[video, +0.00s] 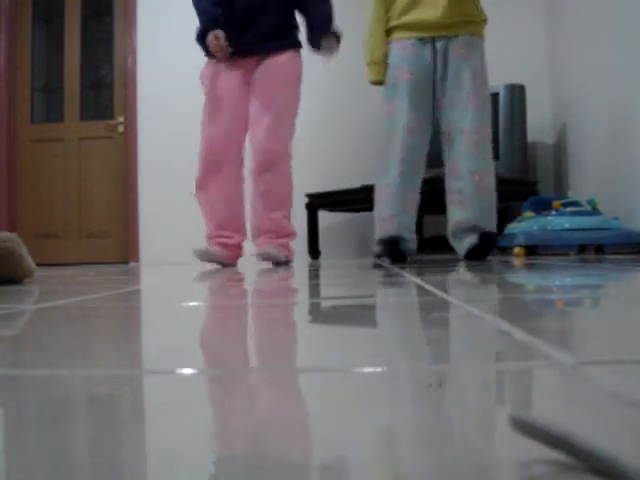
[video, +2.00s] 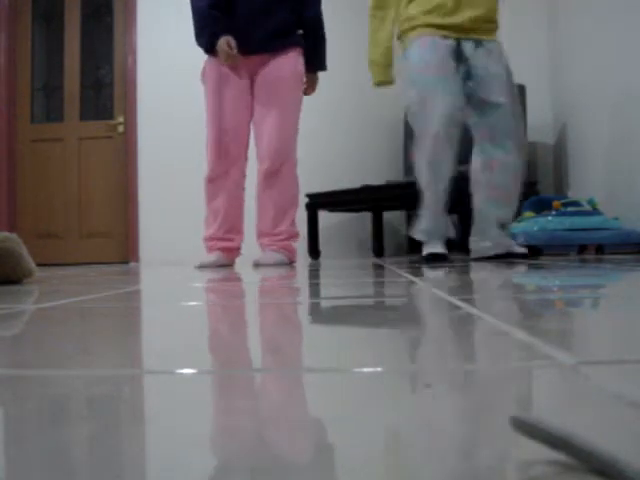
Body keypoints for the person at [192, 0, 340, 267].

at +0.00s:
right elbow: (203, 2)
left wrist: (321, 28)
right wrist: (211, 28)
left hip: (277, 52)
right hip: (224, 55)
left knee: (270, 149)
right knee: (218, 150)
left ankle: (274, 243)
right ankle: (224, 244)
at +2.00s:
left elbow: (310, 6)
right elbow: (200, 4)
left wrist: (313, 62)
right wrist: (215, 37)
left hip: (281, 55)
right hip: (225, 57)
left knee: (275, 158)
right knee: (223, 159)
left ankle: (277, 247)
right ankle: (222, 248)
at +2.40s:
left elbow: (315, 7)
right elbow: (199, 4)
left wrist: (324, 62)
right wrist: (198, 43)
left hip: (284, 60)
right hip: (229, 60)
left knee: (280, 158)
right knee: (232, 158)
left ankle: (282, 242)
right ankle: (222, 245)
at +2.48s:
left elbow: (309, 3)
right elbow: (186, 9)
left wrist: (322, 21)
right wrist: (165, 61)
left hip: (279, 67)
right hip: (227, 67)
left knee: (299, 154)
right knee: (241, 153)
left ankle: (294, 247)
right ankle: (211, 246)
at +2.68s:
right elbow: (170, 4)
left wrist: (293, 13)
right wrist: (140, 46)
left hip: (258, 60)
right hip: (206, 62)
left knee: (267, 153)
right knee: (209, 155)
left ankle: (282, 240)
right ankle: (208, 242)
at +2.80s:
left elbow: (281, 4)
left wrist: (282, 45)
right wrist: (134, 32)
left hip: (245, 59)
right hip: (192, 62)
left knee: (245, 158)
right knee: (185, 160)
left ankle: (275, 249)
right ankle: (199, 250)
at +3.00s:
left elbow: (258, 12)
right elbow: (147, 11)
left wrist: (266, 68)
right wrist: (132, 16)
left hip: (227, 58)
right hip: (175, 61)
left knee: (229, 149)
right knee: (172, 155)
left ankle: (251, 241)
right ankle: (188, 245)